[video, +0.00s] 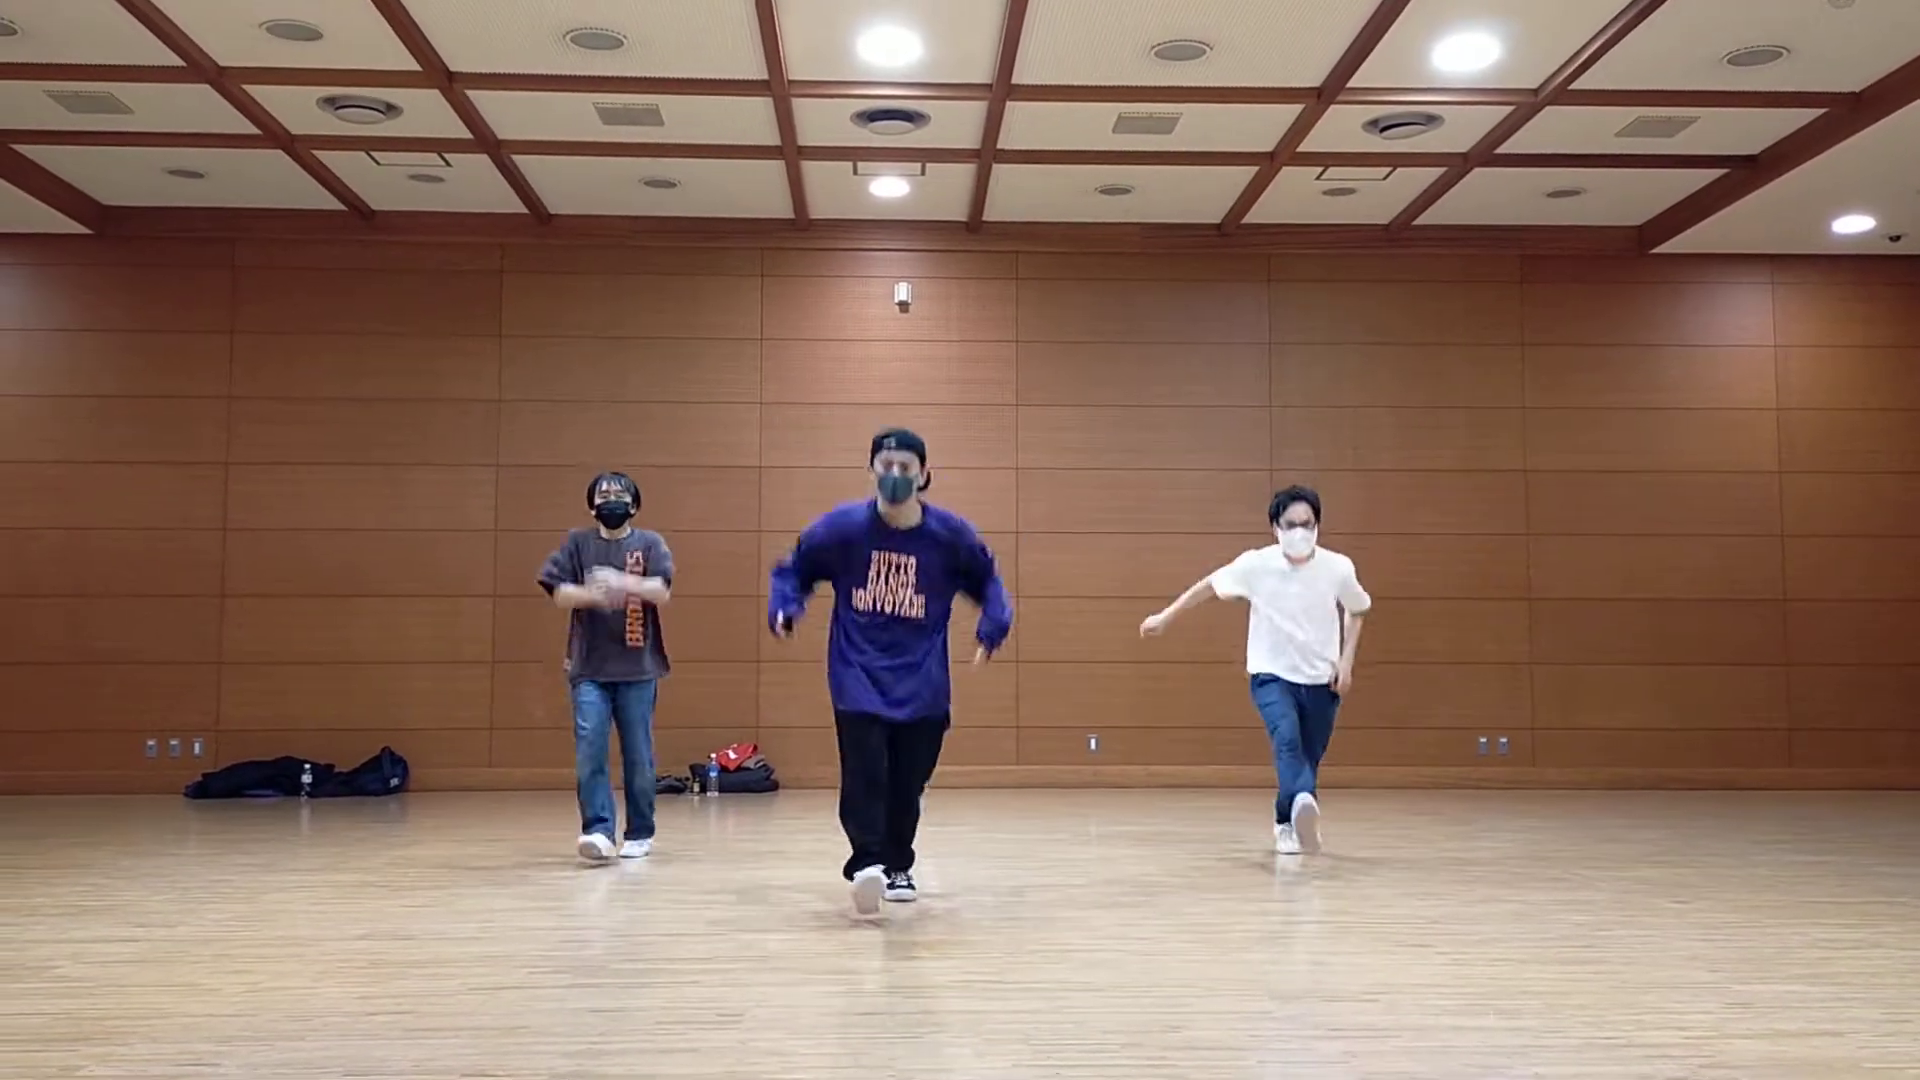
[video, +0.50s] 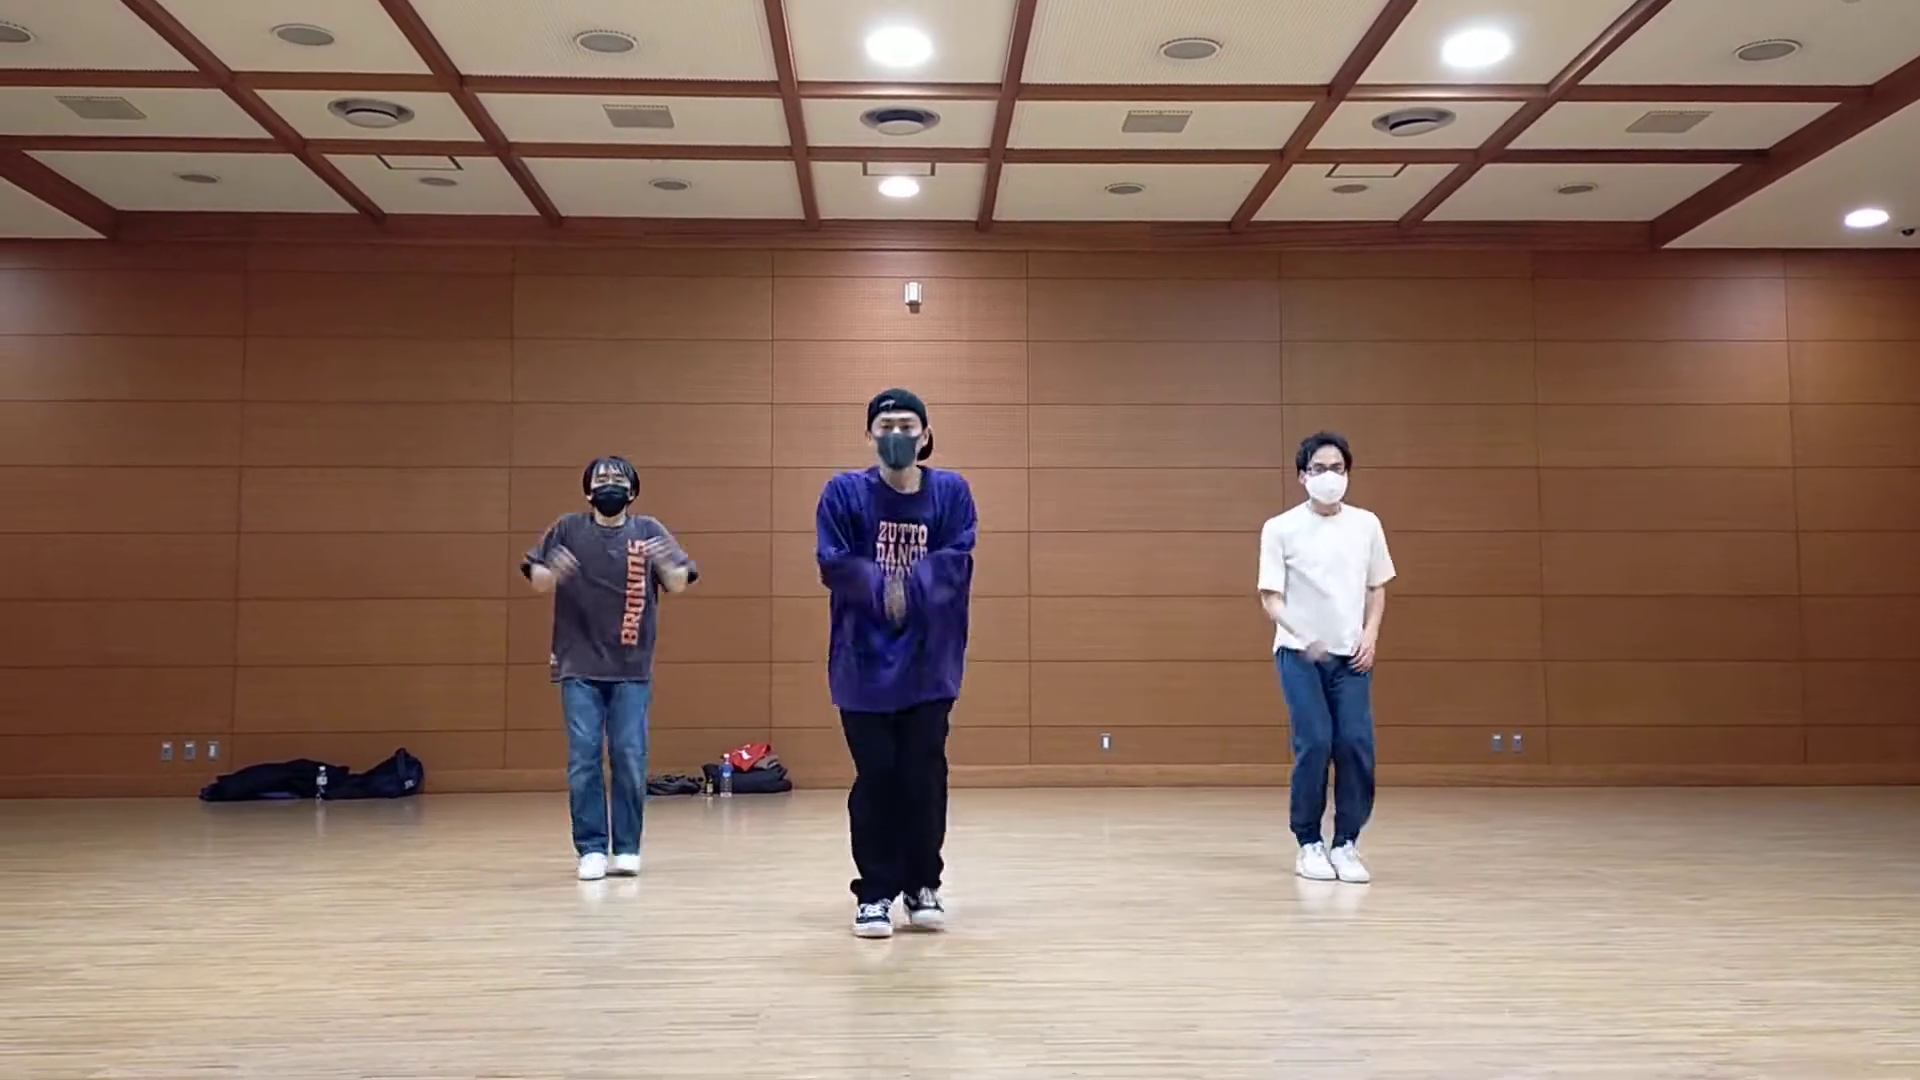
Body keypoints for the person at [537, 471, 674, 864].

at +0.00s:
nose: (611, 501)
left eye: (619, 495)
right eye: (604, 495)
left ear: (632, 503)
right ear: (593, 504)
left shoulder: (650, 543)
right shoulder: (577, 542)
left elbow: (661, 590)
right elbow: (556, 591)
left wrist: (623, 583)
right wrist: (594, 596)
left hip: (637, 669)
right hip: (589, 669)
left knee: (638, 754)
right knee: (590, 748)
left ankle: (639, 835)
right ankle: (598, 832)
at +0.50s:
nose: (610, 486)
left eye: (618, 479)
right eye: (602, 479)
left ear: (631, 490)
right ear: (589, 489)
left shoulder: (649, 531)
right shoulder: (567, 529)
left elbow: (679, 583)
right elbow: (536, 579)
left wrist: (666, 563)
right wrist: (551, 572)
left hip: (631, 666)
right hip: (578, 663)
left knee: (628, 755)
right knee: (584, 756)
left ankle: (626, 850)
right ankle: (591, 850)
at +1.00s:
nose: (594, 503)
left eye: (603, 496)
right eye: (586, 496)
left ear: (619, 505)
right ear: (572, 508)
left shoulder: (642, 551)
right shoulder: (552, 555)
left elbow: (683, 593)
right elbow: (531, 603)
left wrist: (720, 607)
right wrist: (527, 639)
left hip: (632, 689)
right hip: (572, 690)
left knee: (663, 770)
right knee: (538, 774)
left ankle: (698, 858)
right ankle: (502, 861)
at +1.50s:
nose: (586, 484)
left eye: (595, 478)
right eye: (577, 477)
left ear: (608, 489)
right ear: (563, 488)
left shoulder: (623, 534)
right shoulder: (541, 532)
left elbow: (652, 584)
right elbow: (506, 578)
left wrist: (627, 593)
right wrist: (533, 599)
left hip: (606, 673)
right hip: (553, 671)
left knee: (597, 770)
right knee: (546, 769)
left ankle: (577, 856)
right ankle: (527, 864)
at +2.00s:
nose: (656, 525)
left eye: (663, 518)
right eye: (646, 519)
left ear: (674, 526)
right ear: (628, 530)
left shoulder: (669, 570)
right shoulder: (609, 580)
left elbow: (667, 615)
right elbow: (601, 643)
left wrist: (679, 636)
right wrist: (662, 641)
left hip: (653, 695)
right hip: (608, 699)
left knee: (702, 765)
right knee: (587, 788)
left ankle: (724, 861)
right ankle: (522, 866)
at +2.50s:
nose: (745, 509)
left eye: (753, 502)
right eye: (736, 503)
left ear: (768, 511)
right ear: (725, 514)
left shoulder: (790, 556)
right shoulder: (711, 558)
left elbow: (837, 596)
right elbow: (689, 618)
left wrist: (864, 596)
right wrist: (716, 593)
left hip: (780, 684)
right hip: (732, 688)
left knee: (770, 762)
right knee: (772, 774)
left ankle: (759, 851)